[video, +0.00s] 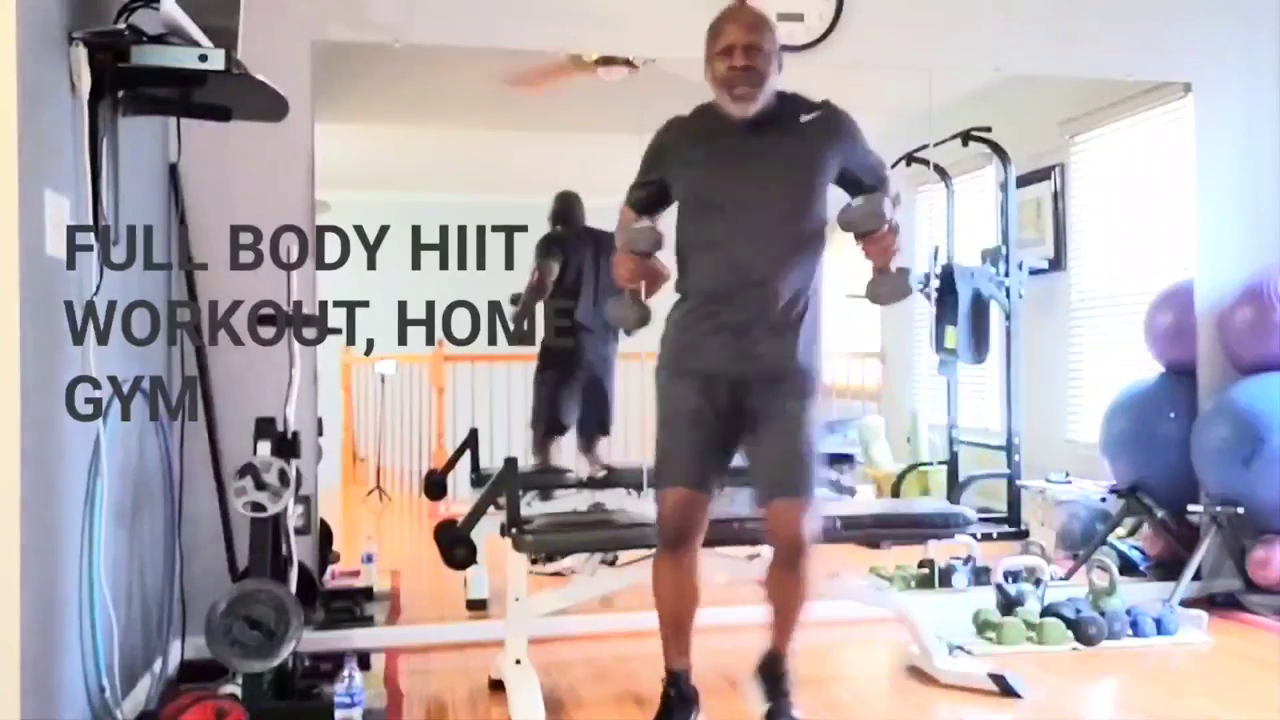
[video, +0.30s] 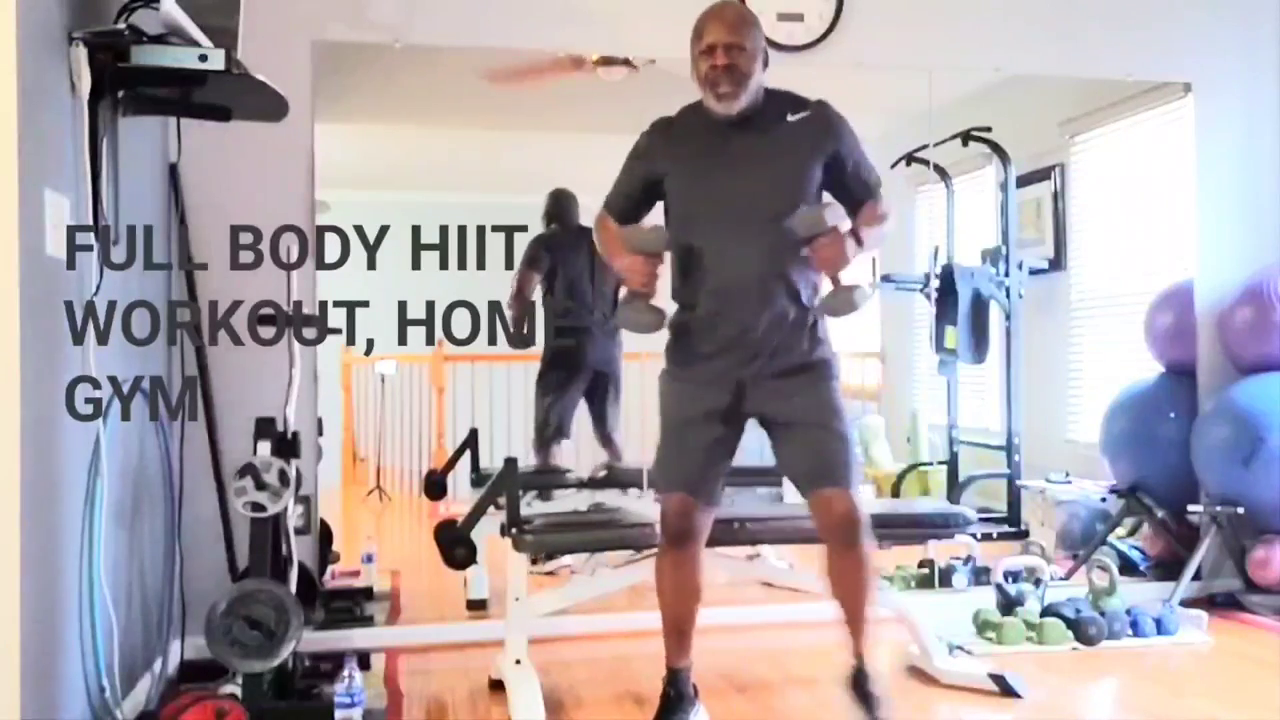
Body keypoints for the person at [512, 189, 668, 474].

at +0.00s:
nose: (554, 221)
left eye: (555, 215)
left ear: (555, 215)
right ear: (582, 213)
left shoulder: (553, 241)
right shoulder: (607, 240)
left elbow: (545, 280)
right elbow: (625, 281)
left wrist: (523, 309)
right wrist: (633, 304)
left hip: (563, 340)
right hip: (600, 339)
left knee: (549, 401)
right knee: (595, 402)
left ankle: (543, 460)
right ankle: (594, 462)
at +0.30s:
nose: (546, 218)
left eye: (547, 213)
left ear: (548, 214)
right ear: (577, 212)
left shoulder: (545, 243)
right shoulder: (601, 240)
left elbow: (523, 292)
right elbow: (623, 280)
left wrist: (519, 329)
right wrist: (610, 315)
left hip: (568, 346)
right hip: (607, 347)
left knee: (546, 433)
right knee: (607, 426)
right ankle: (620, 468)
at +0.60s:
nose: (572, 269)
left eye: (572, 265)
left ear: (571, 266)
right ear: (598, 266)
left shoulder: (566, 299)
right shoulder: (626, 299)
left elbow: (551, 352)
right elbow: (638, 348)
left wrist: (547, 369)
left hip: (587, 397)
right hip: (631, 396)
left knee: (536, 459)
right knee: (637, 462)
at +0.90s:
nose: (593, 232)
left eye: (595, 228)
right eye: (595, 228)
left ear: (599, 227)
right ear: (625, 226)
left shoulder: (600, 255)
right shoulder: (659, 254)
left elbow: (591, 303)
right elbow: (692, 301)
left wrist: (570, 321)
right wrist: (664, 314)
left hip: (617, 356)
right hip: (657, 357)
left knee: (580, 434)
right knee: (659, 436)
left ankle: (578, 496)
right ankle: (676, 498)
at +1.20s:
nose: (607, 230)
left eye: (608, 226)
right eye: (608, 226)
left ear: (613, 226)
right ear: (640, 225)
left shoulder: (611, 252)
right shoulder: (669, 252)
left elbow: (602, 287)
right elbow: (717, 283)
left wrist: (581, 319)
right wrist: (685, 305)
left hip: (629, 362)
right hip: (671, 364)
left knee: (592, 439)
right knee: (668, 443)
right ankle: (685, 506)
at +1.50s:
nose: (602, 258)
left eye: (602, 254)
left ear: (603, 256)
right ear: (630, 256)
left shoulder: (595, 289)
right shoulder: (660, 289)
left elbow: (579, 345)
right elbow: (674, 347)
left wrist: (586, 358)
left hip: (613, 384)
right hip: (656, 383)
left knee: (557, 452)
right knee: (669, 451)